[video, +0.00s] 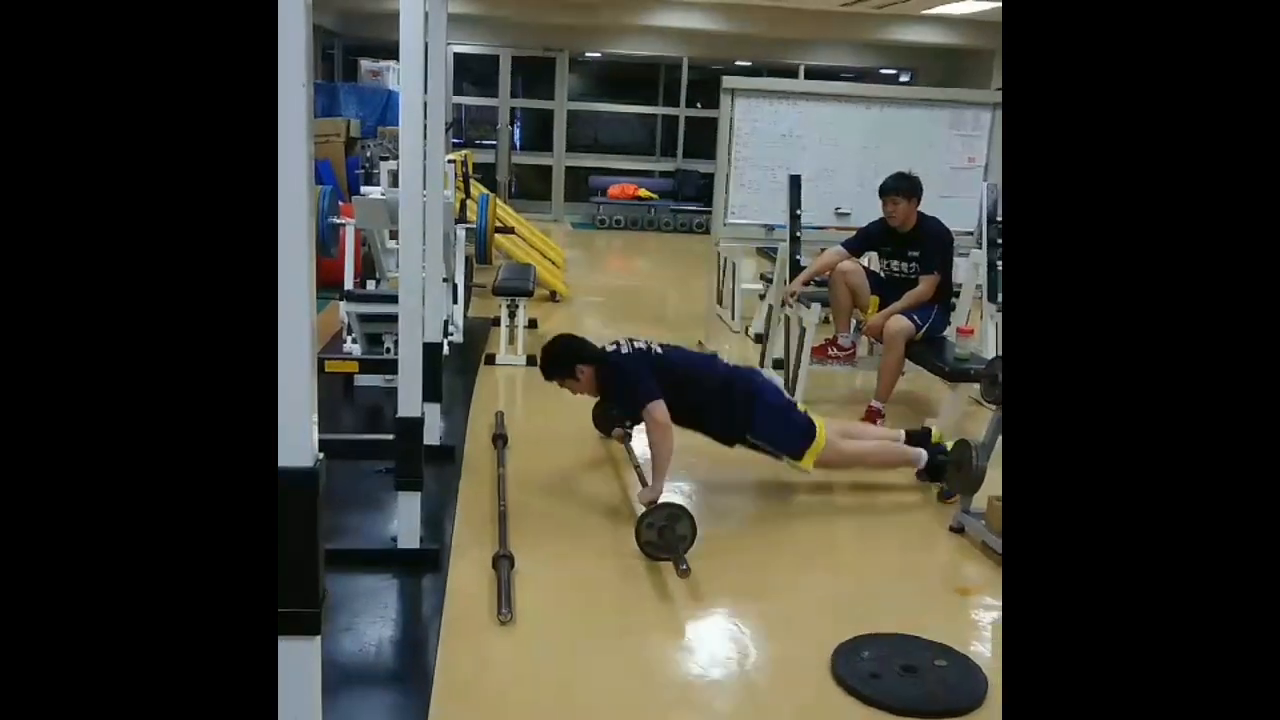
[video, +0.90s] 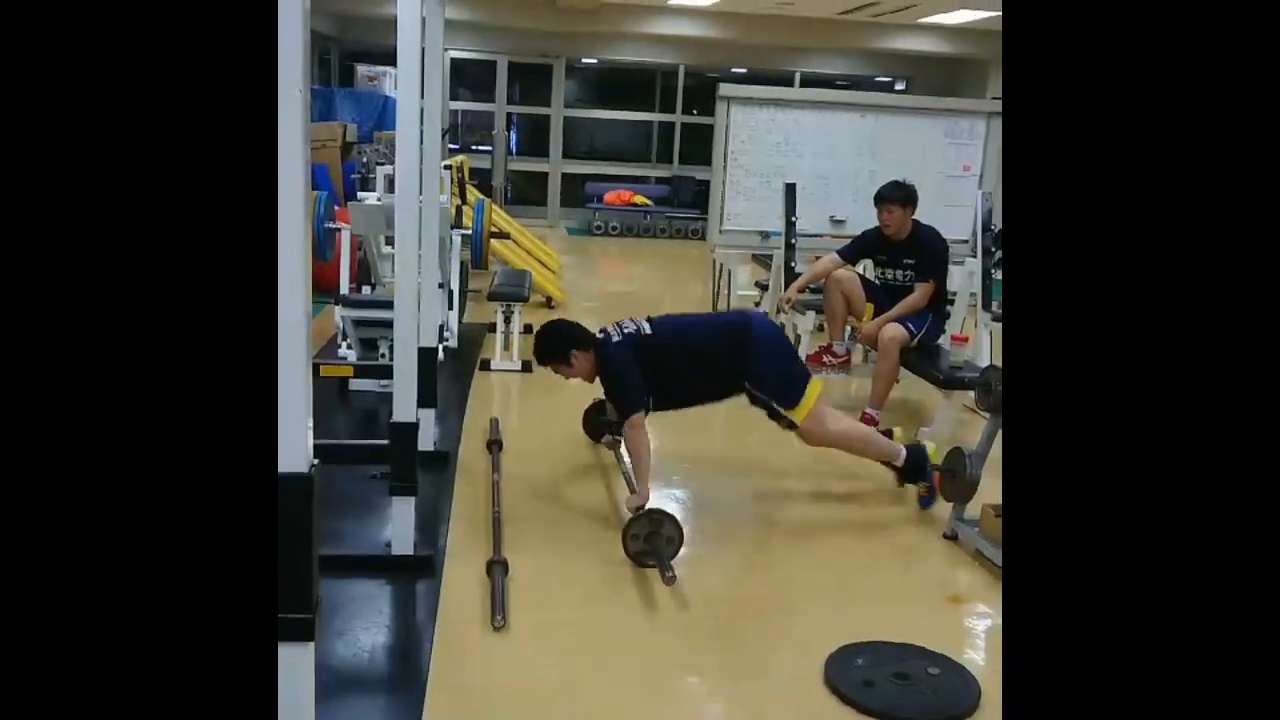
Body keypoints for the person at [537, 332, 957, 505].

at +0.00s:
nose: (575, 392)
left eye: (570, 384)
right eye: (566, 387)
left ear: (583, 369)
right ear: (583, 361)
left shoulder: (628, 373)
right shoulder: (617, 355)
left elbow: (661, 428)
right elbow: (640, 396)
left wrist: (656, 489)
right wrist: (617, 416)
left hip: (748, 409)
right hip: (748, 391)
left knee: (827, 455)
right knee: (823, 432)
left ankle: (930, 460)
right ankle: (915, 438)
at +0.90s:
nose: (565, 377)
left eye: (562, 370)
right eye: (559, 372)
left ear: (576, 356)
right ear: (578, 346)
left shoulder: (618, 363)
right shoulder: (613, 346)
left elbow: (636, 431)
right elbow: (631, 405)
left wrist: (644, 490)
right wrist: (618, 417)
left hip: (757, 347)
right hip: (749, 339)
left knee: (818, 428)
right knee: (808, 425)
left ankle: (910, 458)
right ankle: (893, 452)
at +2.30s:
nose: (723, 128)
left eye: (733, 122)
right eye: (723, 122)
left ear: (745, 135)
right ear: (728, 135)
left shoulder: (742, 178)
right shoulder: (718, 169)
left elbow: (732, 110)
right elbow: (710, 115)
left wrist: (739, 42)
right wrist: (701, 62)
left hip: (706, 315)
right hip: (683, 309)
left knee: (679, 421)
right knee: (657, 399)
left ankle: (732, 530)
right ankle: (699, 476)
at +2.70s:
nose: (723, 132)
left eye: (732, 128)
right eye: (725, 126)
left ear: (748, 141)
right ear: (730, 140)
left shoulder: (745, 189)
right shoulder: (716, 180)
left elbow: (738, 143)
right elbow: (704, 145)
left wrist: (732, 83)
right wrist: (699, 97)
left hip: (713, 323)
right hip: (688, 317)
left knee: (689, 426)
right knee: (663, 404)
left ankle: (733, 534)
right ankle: (699, 480)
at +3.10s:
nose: (700, 120)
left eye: (709, 114)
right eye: (704, 113)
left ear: (731, 127)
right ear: (727, 128)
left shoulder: (740, 174)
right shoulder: (718, 174)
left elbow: (723, 246)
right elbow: (699, 237)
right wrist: (679, 282)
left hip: (738, 307)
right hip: (717, 302)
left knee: (706, 406)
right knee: (696, 401)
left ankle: (723, 512)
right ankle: (716, 495)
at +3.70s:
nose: (614, 333)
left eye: (613, 324)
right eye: (609, 327)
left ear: (630, 311)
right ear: (633, 309)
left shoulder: (675, 331)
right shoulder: (661, 322)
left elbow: (671, 415)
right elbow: (655, 381)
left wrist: (667, 482)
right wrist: (649, 423)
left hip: (781, 352)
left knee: (703, 421)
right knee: (695, 406)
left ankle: (727, 517)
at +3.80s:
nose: (610, 365)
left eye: (608, 357)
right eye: (604, 360)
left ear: (625, 343)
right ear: (628, 339)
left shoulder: (668, 360)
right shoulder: (654, 349)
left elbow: (665, 446)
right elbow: (648, 409)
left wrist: (661, 514)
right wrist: (641, 457)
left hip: (779, 367)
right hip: (757, 358)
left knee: (695, 428)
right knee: (685, 420)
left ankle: (726, 518)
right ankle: (717, 502)